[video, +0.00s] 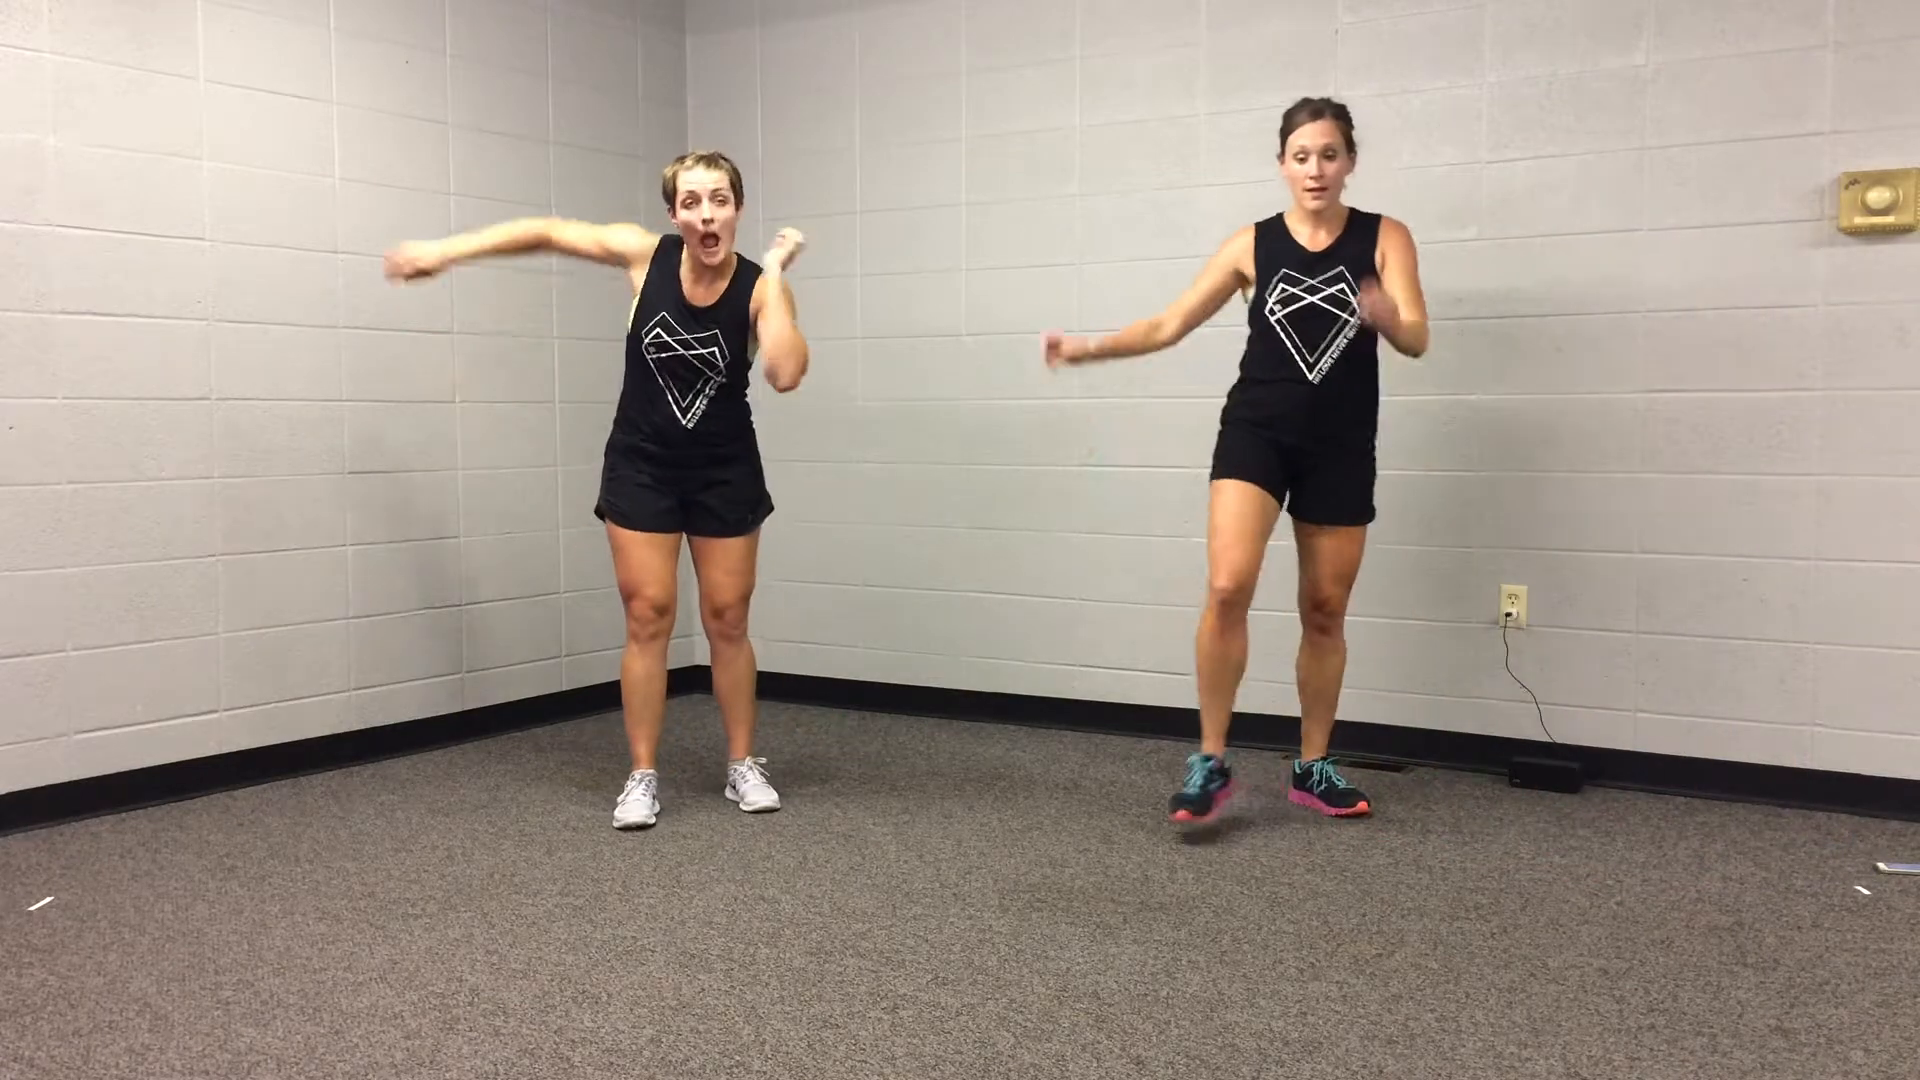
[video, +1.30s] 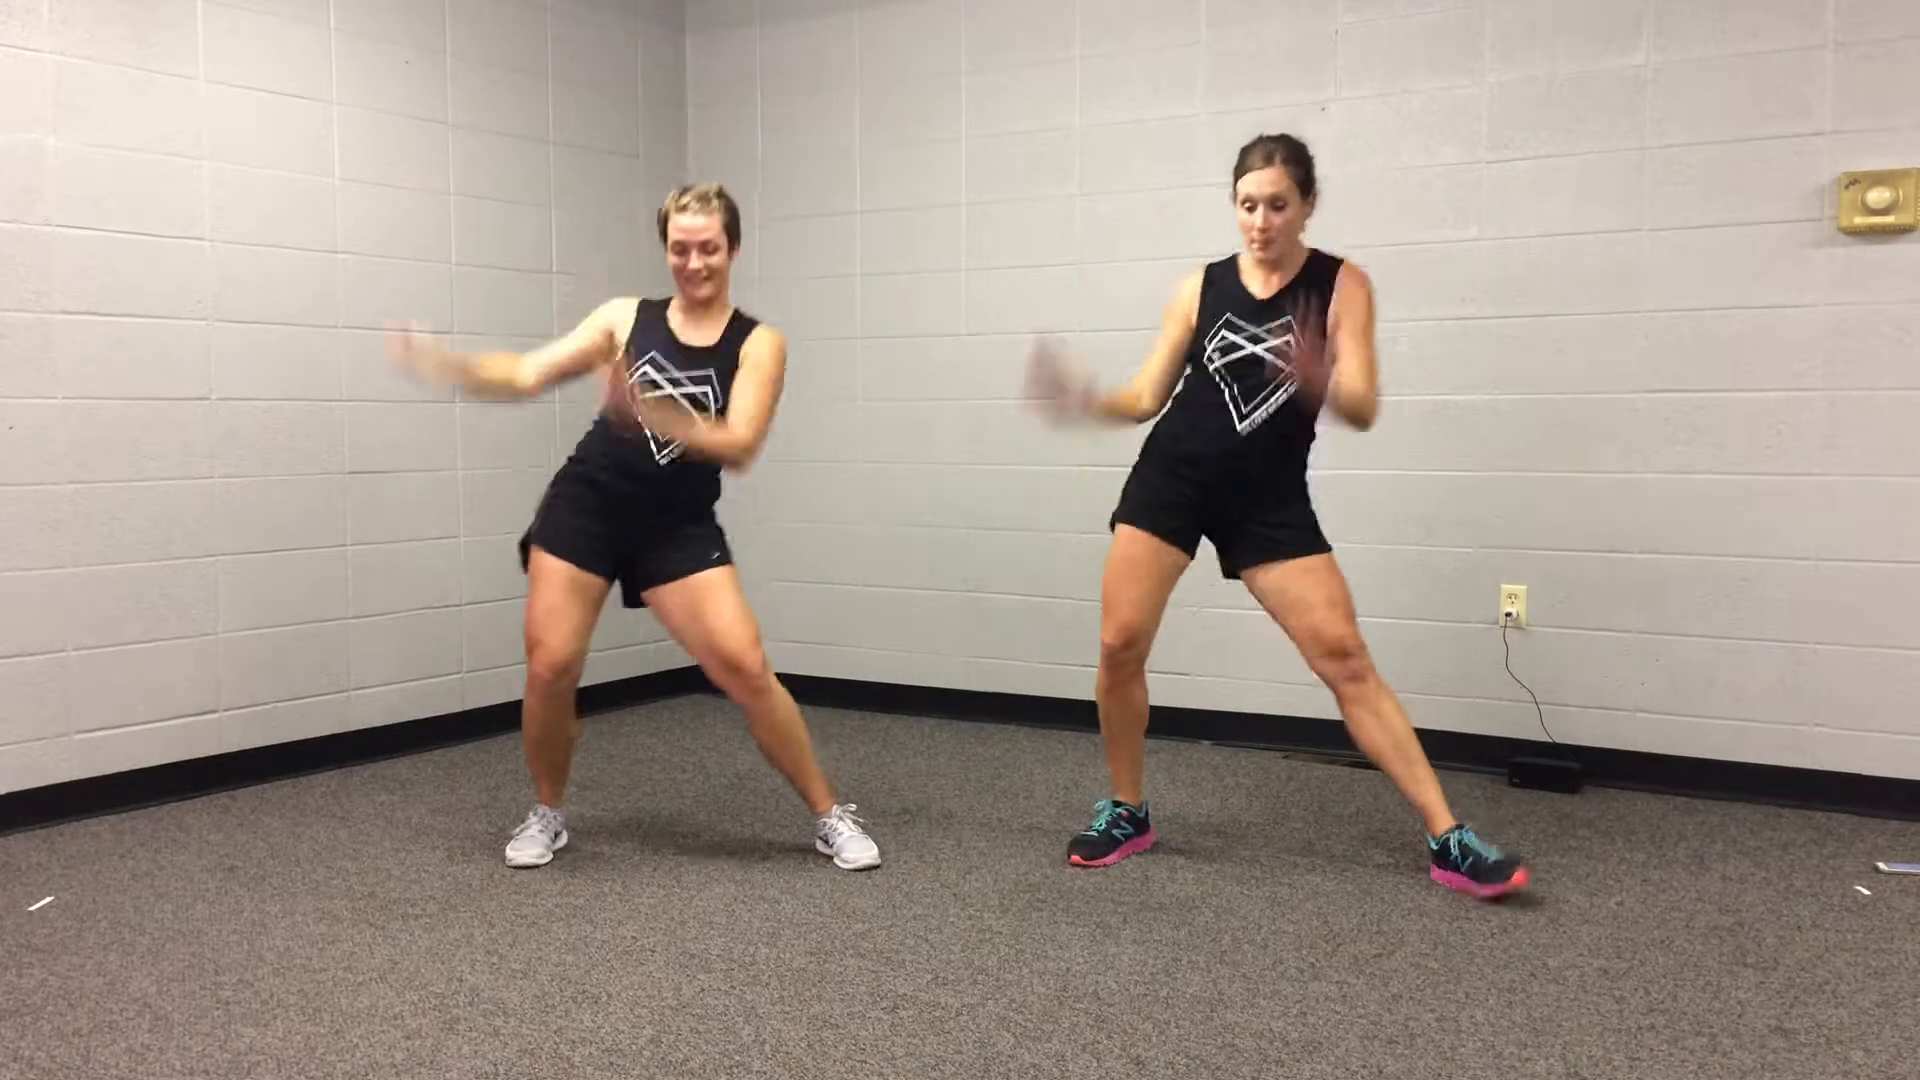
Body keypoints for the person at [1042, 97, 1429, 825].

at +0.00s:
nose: (1316, 168)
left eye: (1330, 155)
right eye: (1303, 156)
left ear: (1351, 163)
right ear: (1282, 165)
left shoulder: (1384, 238)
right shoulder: (1253, 245)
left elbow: (1417, 341)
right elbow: (1166, 326)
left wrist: (1388, 320)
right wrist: (1088, 348)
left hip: (1341, 443)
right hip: (1256, 433)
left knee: (1325, 608)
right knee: (1227, 588)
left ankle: (1313, 764)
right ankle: (1210, 759)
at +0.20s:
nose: (1292, 175)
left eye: (1306, 162)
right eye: (1278, 163)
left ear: (1326, 173)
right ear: (1257, 173)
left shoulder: (1359, 245)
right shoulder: (1226, 257)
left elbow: (1360, 346)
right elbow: (1165, 357)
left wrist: (1314, 381)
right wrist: (1076, 412)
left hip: (1316, 454)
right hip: (1230, 448)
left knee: (1311, 620)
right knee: (1212, 616)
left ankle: (1312, 765)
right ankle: (1195, 782)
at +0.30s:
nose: (1280, 184)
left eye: (1294, 171)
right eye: (1267, 172)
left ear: (1314, 180)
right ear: (1245, 181)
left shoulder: (1347, 258)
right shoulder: (1212, 267)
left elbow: (1332, 371)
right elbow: (1177, 376)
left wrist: (1306, 472)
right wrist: (1133, 479)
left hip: (1303, 460)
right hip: (1215, 460)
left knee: (1328, 639)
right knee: (1202, 620)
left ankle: (1309, 756)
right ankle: (1194, 780)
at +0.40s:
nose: (1273, 191)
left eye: (1288, 178)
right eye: (1259, 178)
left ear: (1306, 189)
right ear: (1238, 187)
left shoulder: (1339, 268)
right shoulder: (1204, 278)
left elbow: (1355, 383)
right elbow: (1201, 398)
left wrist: (1376, 492)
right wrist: (1196, 509)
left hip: (1301, 478)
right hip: (1212, 473)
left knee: (1370, 617)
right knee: (1198, 623)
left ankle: (1316, 750)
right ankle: (1190, 781)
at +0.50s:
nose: (1278, 179)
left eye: (1293, 167)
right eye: (1265, 166)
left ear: (1310, 177)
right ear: (1241, 173)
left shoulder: (1339, 258)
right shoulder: (1211, 262)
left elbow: (1388, 361)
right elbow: (1190, 373)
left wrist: (1449, 410)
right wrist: (1258, 441)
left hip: (1318, 459)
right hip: (1226, 460)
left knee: (1393, 602)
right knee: (1209, 628)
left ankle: (1385, 788)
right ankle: (1193, 782)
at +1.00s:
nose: (1300, 173)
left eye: (1316, 158)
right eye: (1286, 161)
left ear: (1348, 164)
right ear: (1274, 173)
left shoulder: (1402, 237)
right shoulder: (1261, 269)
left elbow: (1465, 336)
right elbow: (1219, 377)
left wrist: (1451, 371)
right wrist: (1187, 433)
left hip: (1366, 466)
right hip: (1263, 457)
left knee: (1414, 644)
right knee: (1149, 595)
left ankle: (1462, 838)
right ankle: (1137, 762)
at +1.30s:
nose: (1259, 219)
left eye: (1276, 204)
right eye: (1248, 203)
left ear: (1307, 208)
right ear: (1233, 209)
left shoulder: (1340, 285)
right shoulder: (1203, 287)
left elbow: (1364, 412)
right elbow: (1143, 397)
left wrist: (1324, 381)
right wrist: (1084, 397)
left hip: (1267, 492)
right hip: (1171, 477)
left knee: (1343, 654)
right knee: (1120, 642)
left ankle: (1446, 834)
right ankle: (1126, 810)